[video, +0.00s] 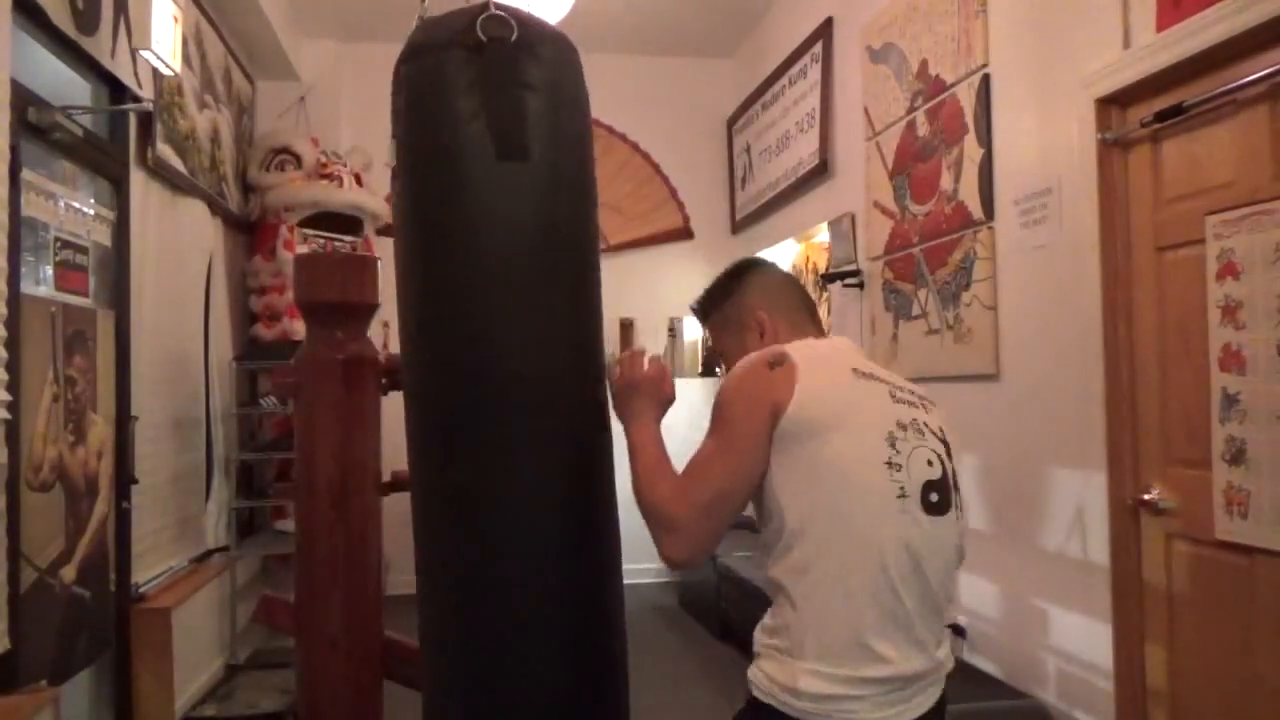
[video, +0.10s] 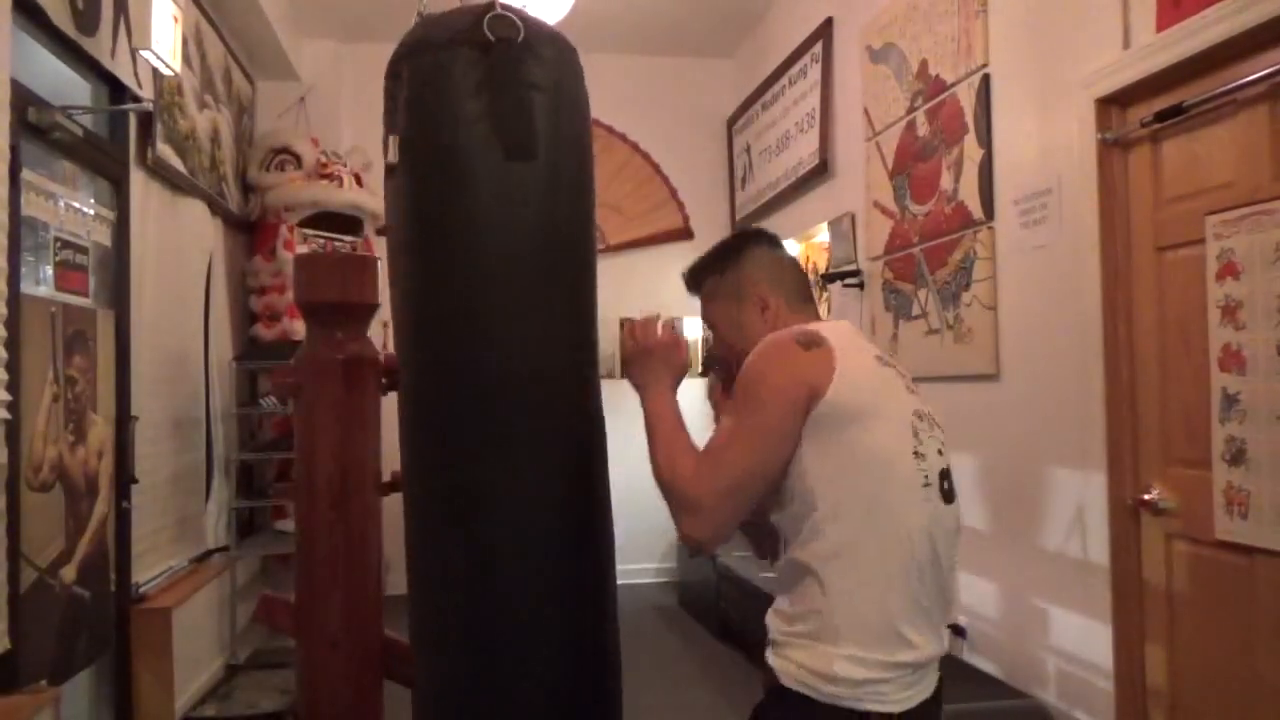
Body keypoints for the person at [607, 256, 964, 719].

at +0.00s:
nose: (728, 378)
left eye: (725, 362)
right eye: (722, 366)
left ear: (760, 330)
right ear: (813, 326)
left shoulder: (767, 376)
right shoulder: (899, 388)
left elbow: (680, 540)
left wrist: (640, 418)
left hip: (810, 704)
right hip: (922, 697)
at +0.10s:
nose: (715, 352)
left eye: (716, 330)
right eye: (710, 334)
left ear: (763, 307)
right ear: (779, 308)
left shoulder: (792, 355)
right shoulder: (865, 358)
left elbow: (700, 520)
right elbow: (774, 542)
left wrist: (655, 389)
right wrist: (730, 414)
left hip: (832, 697)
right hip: (912, 689)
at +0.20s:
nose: (698, 321)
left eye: (706, 299)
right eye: (698, 301)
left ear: (768, 292)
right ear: (771, 294)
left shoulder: (822, 346)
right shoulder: (837, 344)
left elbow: (740, 518)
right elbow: (726, 514)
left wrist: (673, 387)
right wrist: (697, 383)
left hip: (845, 692)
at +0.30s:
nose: (688, 306)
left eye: (697, 284)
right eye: (686, 286)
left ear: (766, 281)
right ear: (765, 284)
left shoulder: (847, 358)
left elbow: (804, 542)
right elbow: (669, 510)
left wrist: (684, 411)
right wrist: (672, 393)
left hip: (847, 692)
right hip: (788, 678)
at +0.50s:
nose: (644, 301)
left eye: (656, 278)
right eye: (641, 280)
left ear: (730, 270)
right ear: (729, 276)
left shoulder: (832, 363)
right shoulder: (713, 386)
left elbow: (793, 564)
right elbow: (609, 504)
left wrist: (654, 430)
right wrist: (625, 363)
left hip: (826, 698)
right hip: (751, 683)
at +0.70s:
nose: (589, 299)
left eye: (601, 276)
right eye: (588, 277)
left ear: (678, 269)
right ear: (678, 272)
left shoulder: (787, 374)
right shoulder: (666, 387)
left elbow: (734, 596)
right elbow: (572, 503)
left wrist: (607, 446)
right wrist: (573, 361)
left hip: (811, 703)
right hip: (732, 687)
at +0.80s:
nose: (570, 328)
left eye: (581, 307)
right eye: (567, 307)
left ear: (658, 295)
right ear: (658, 297)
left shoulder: (762, 396)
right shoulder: (659, 408)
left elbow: (712, 623)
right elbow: (566, 536)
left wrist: (582, 465)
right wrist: (557, 394)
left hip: (821, 707)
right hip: (740, 697)